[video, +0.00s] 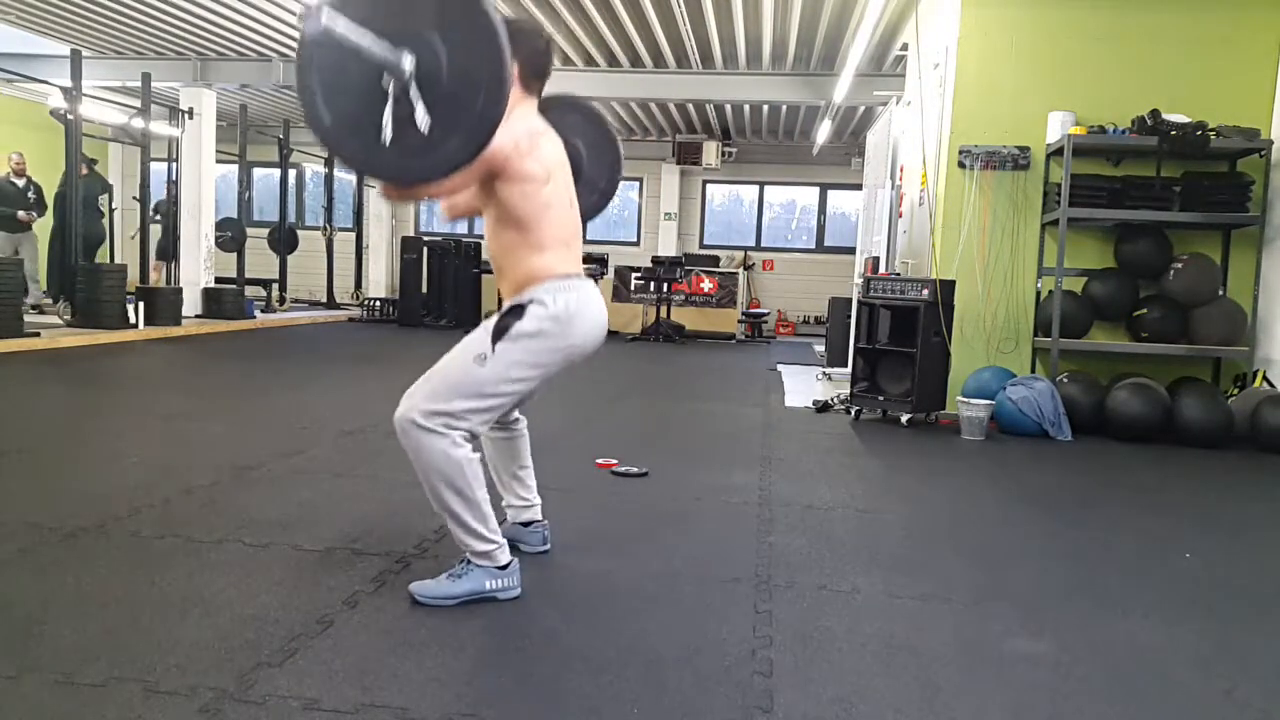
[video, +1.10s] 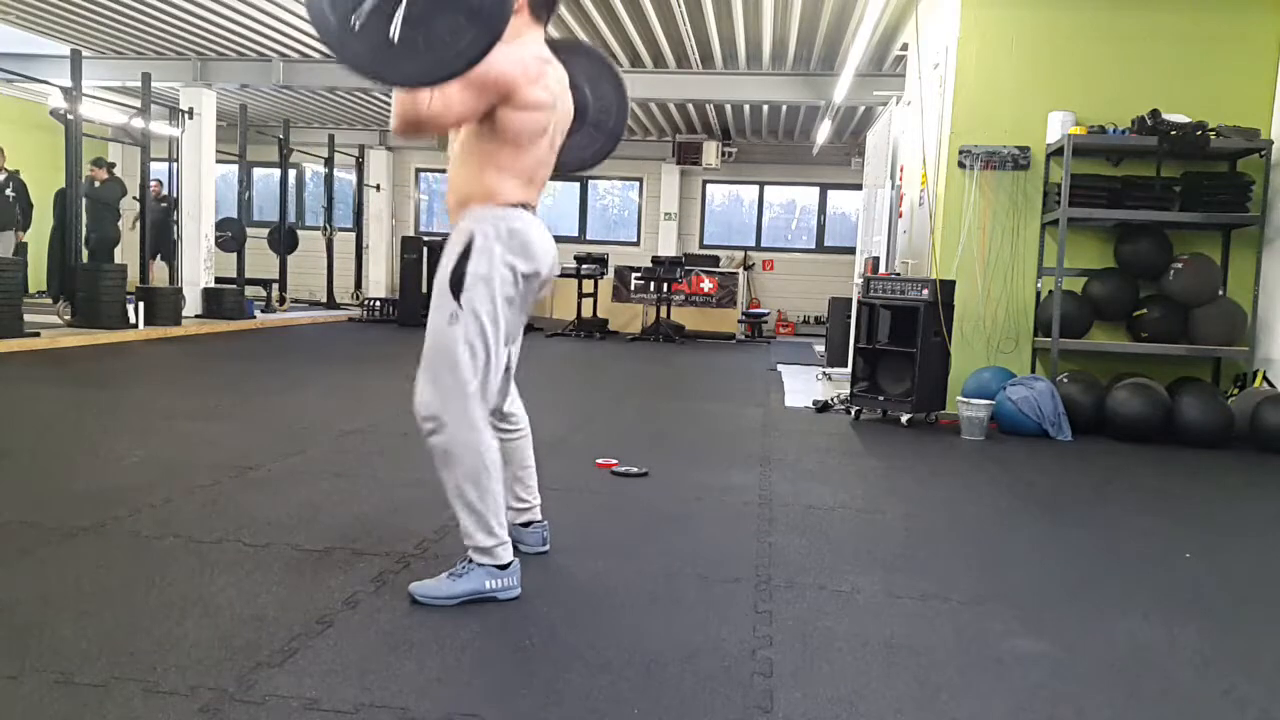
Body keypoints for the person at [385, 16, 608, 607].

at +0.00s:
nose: (477, 74)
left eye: (486, 64)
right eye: (480, 63)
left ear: (508, 70)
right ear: (532, 75)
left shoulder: (508, 131)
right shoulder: (543, 136)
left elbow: (416, 187)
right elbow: (457, 205)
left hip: (546, 309)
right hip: (577, 304)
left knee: (424, 416)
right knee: (495, 408)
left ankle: (488, 564)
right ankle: (526, 521)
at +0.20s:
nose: (467, 150)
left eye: (476, 139)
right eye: (471, 138)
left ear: (498, 148)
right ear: (520, 151)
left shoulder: (494, 208)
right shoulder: (536, 205)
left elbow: (435, 270)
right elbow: (448, 278)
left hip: (549, 372)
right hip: (585, 366)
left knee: (404, 430)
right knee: (471, 403)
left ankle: (487, 564)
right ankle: (523, 523)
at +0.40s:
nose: (452, 205)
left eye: (461, 195)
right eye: (454, 194)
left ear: (487, 208)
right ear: (495, 211)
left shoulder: (489, 265)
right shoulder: (528, 258)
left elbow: (425, 326)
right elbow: (473, 328)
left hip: (552, 424)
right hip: (584, 411)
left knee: (400, 434)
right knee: (462, 399)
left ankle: (489, 565)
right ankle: (522, 523)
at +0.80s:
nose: (463, 117)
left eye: (474, 107)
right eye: (468, 105)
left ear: (500, 121)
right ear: (511, 125)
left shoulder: (492, 176)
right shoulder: (529, 178)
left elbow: (401, 238)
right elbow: (448, 254)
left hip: (539, 344)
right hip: (575, 336)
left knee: (401, 429)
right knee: (477, 406)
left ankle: (487, 563)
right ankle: (522, 521)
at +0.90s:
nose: (474, 63)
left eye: (486, 53)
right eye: (479, 51)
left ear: (511, 72)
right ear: (522, 76)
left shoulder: (498, 132)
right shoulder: (537, 135)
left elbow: (398, 191)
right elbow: (451, 209)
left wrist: (395, 119)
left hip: (526, 305)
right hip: (559, 300)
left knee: (408, 426)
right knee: (485, 410)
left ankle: (490, 564)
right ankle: (525, 522)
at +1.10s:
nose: (489, 13)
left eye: (495, 5)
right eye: (496, 6)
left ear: (516, 5)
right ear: (544, 10)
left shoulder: (506, 62)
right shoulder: (560, 79)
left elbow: (409, 120)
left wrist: (420, 46)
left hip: (485, 238)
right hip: (524, 237)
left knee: (447, 403)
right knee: (496, 396)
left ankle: (491, 561)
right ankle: (525, 521)